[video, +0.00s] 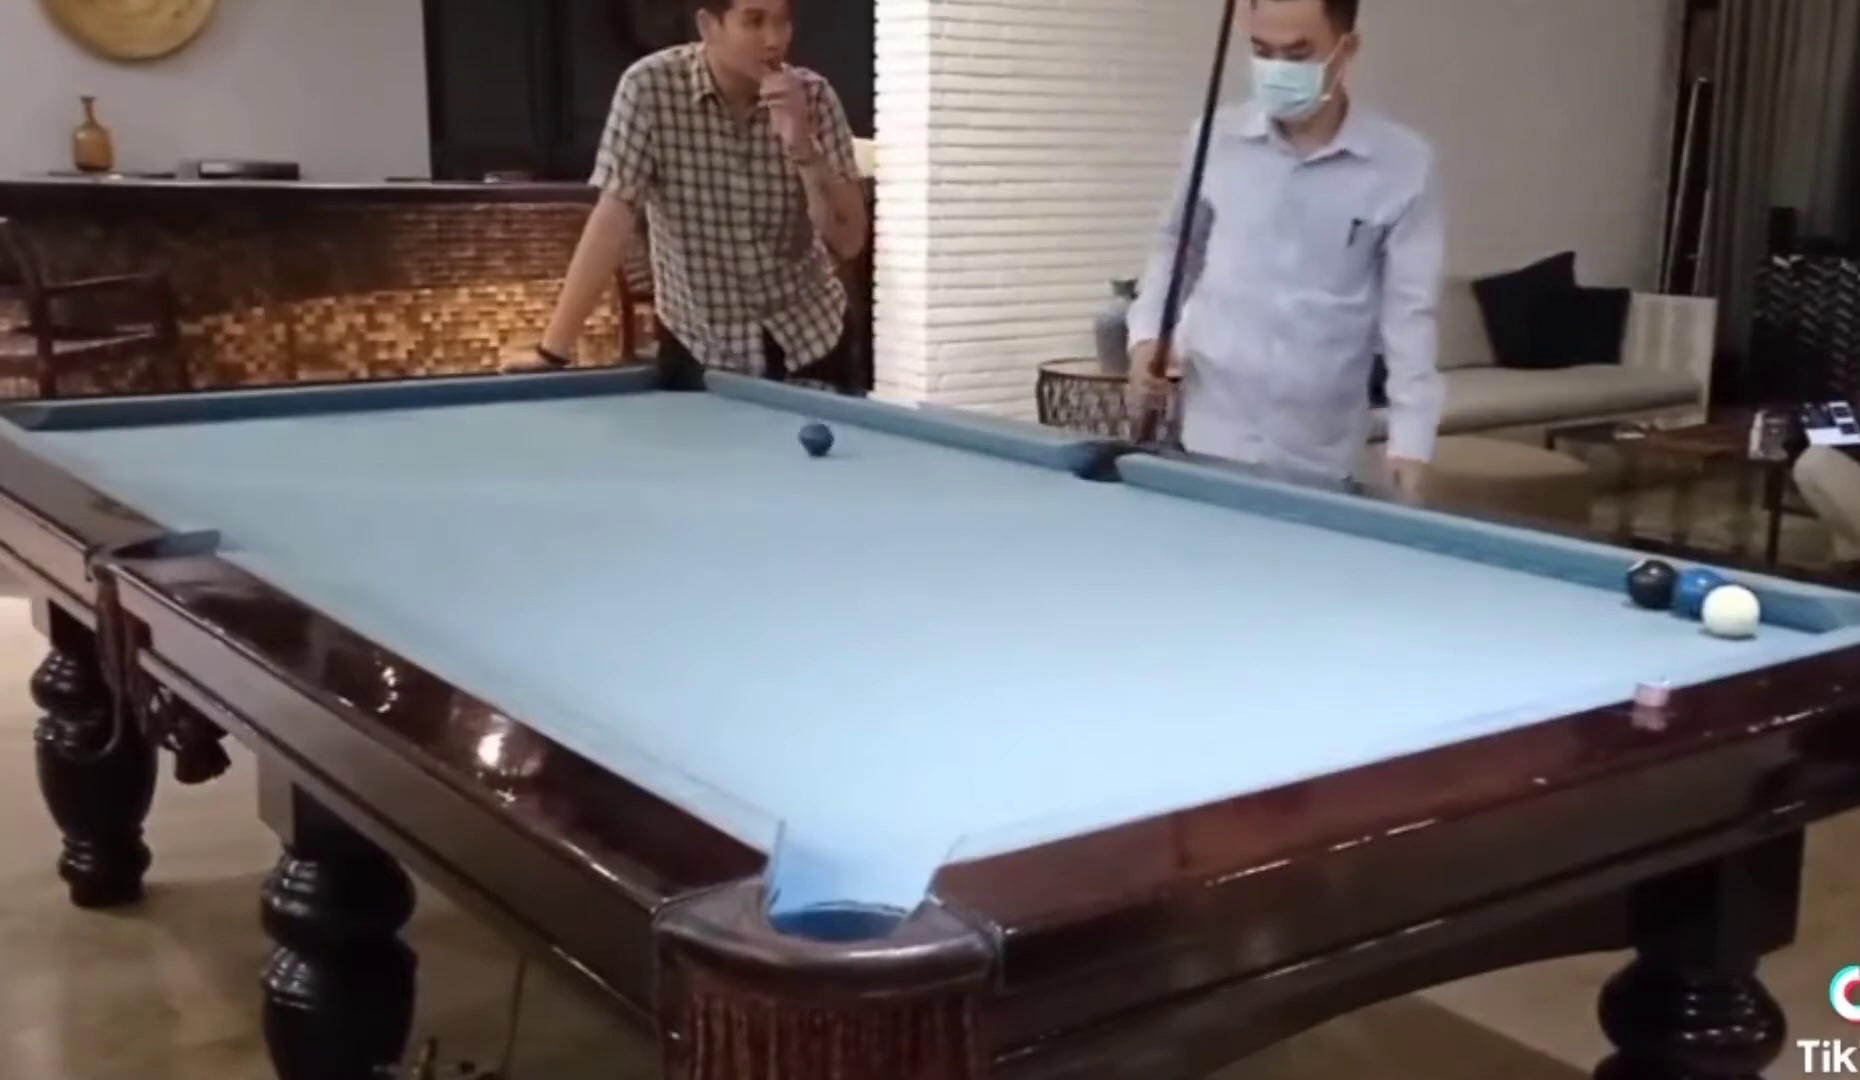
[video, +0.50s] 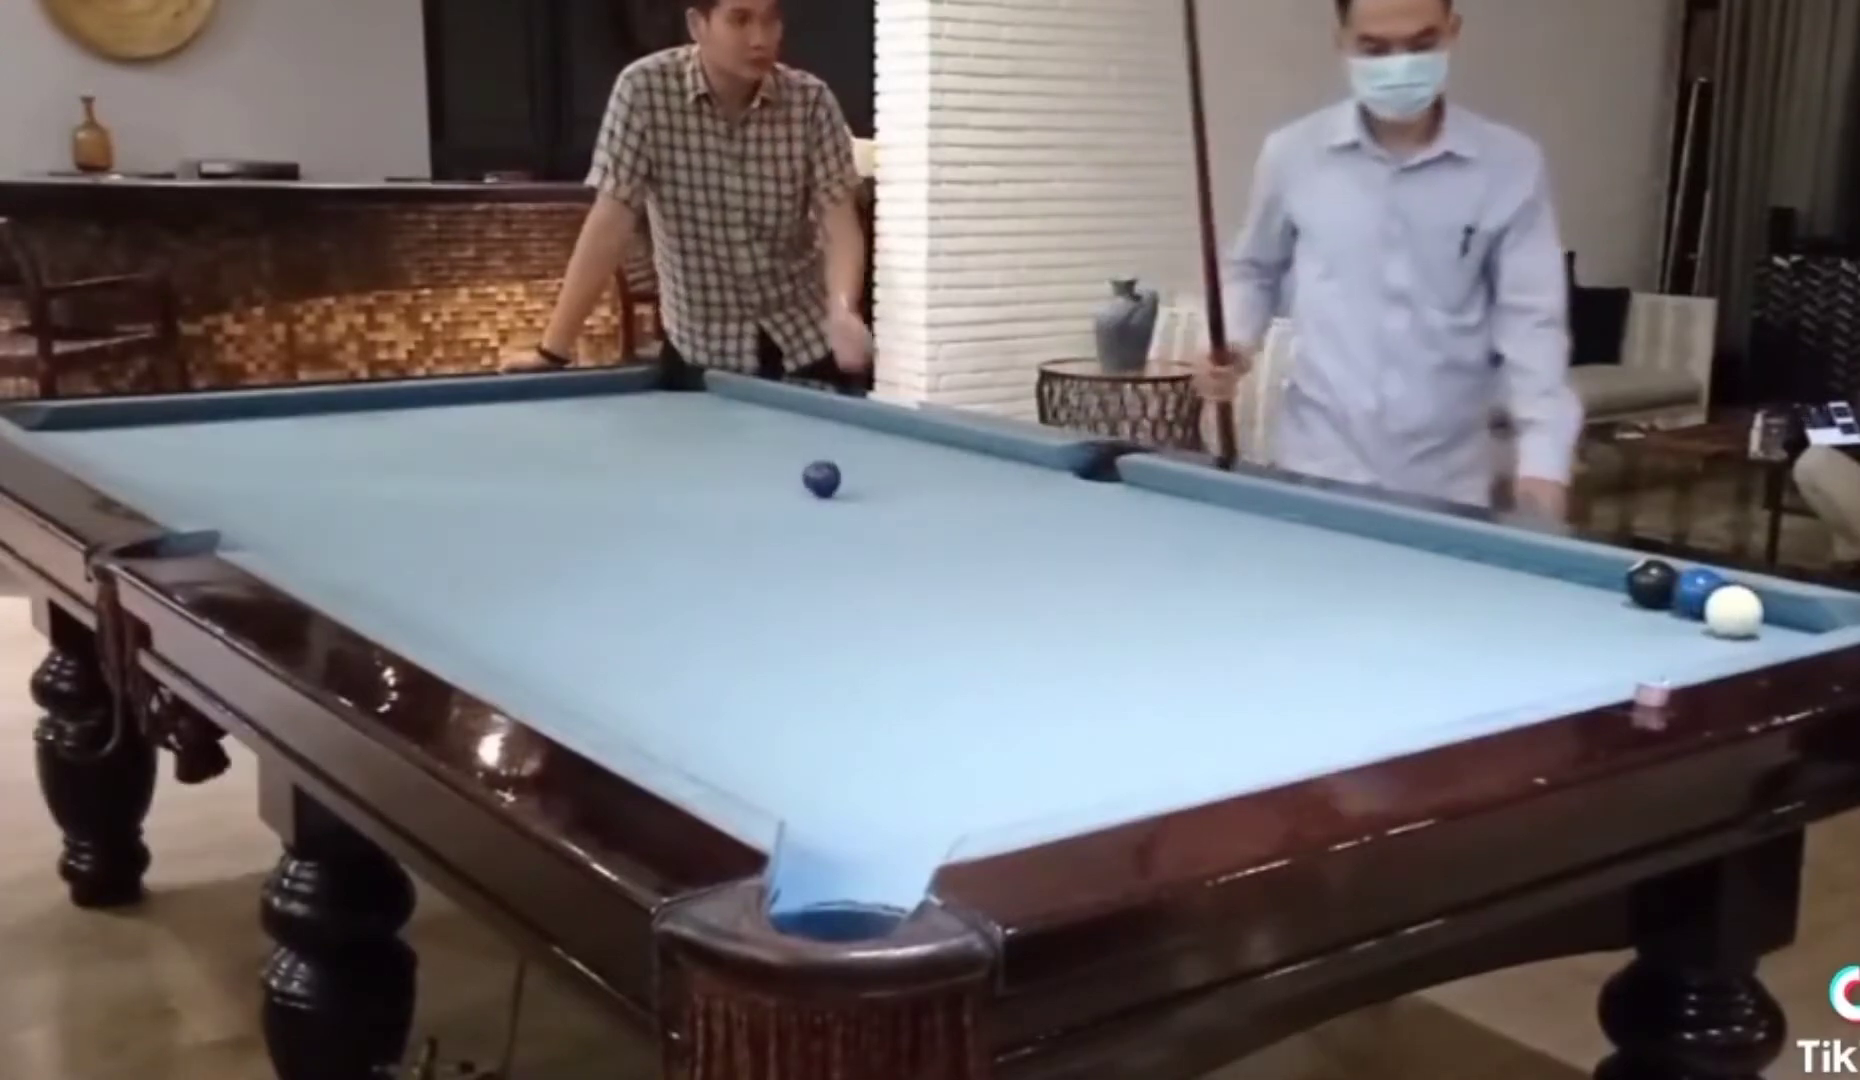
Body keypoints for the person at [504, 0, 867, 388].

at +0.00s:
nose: (776, 38)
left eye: (783, 21)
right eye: (755, 21)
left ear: (794, 23)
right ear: (709, 25)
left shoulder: (811, 97)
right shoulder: (651, 88)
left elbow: (849, 242)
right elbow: (613, 218)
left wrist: (805, 152)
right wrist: (552, 352)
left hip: (810, 334)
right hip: (700, 341)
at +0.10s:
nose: (776, 41)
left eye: (784, 23)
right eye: (755, 23)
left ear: (794, 24)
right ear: (709, 26)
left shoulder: (812, 98)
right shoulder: (651, 88)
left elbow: (849, 242)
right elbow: (613, 219)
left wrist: (806, 155)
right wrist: (552, 352)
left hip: (810, 334)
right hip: (701, 342)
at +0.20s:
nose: (775, 43)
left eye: (785, 25)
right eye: (755, 25)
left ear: (795, 26)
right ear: (709, 27)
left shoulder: (811, 99)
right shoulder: (651, 88)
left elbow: (850, 245)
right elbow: (613, 218)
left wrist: (808, 163)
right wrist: (551, 352)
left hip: (810, 335)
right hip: (702, 343)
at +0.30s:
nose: (772, 43)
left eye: (782, 25)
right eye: (752, 25)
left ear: (793, 27)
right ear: (707, 27)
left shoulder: (813, 101)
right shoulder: (650, 89)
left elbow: (849, 248)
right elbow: (612, 218)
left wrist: (810, 193)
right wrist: (551, 352)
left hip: (810, 336)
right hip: (701, 343)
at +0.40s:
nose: (767, 40)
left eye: (777, 23)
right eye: (746, 23)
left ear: (788, 26)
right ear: (703, 26)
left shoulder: (812, 101)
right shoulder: (649, 89)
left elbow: (845, 222)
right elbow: (612, 218)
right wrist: (552, 352)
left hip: (808, 335)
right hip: (701, 344)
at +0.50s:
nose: (762, 38)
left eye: (772, 20)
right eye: (741, 20)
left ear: (783, 25)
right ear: (697, 24)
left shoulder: (810, 101)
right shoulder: (646, 90)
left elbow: (839, 212)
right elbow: (611, 218)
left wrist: (842, 307)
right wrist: (552, 351)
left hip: (808, 338)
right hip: (702, 345)